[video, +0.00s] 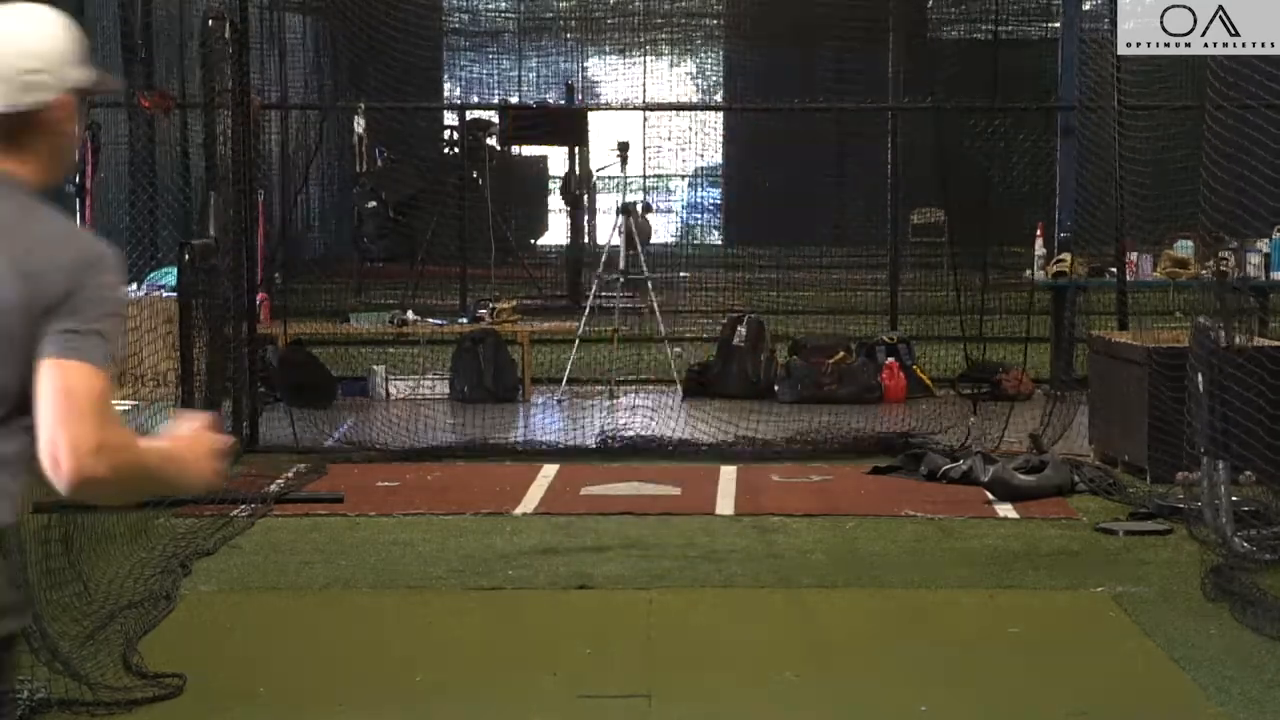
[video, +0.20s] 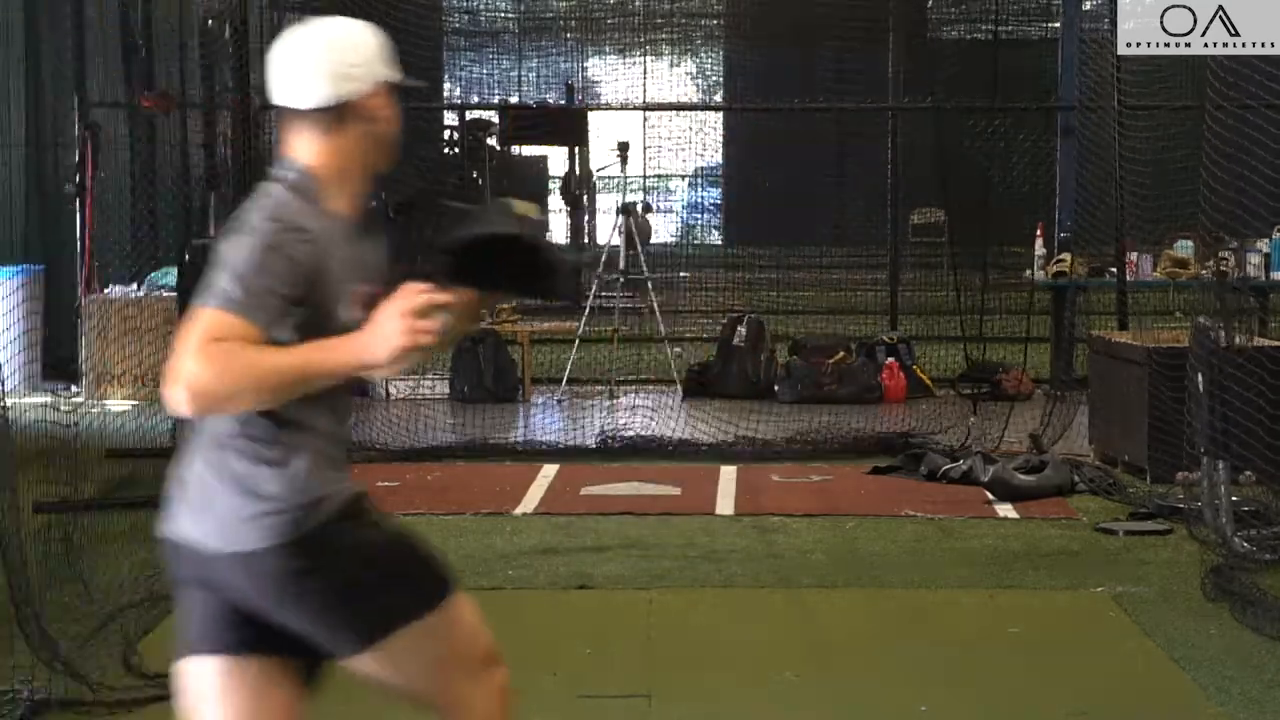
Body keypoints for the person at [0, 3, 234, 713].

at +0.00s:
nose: (81, 122)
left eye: (79, 102)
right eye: (78, 102)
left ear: (11, 110)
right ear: (54, 109)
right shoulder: (68, 258)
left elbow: (71, 455)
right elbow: (74, 458)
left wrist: (149, 453)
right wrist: (175, 459)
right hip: (5, 593)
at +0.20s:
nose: (398, 113)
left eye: (395, 96)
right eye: (392, 96)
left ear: (298, 109)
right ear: (367, 105)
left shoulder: (348, 225)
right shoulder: (275, 222)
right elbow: (194, 379)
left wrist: (445, 312)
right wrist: (362, 347)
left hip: (213, 531)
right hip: (286, 526)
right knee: (476, 682)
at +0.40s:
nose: (612, 191)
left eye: (607, 179)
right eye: (611, 181)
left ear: (526, 199)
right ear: (606, 191)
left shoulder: (560, 284)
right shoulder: (541, 298)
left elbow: (586, 392)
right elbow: (502, 438)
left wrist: (683, 335)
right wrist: (645, 417)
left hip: (536, 522)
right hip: (503, 548)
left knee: (679, 604)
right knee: (692, 683)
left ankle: (580, 711)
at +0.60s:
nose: (672, 155)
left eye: (667, 145)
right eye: (668, 145)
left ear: (596, 164)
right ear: (661, 158)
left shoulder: (642, 236)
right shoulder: (606, 263)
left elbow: (675, 278)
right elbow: (623, 394)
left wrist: (735, 228)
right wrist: (717, 328)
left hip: (647, 445)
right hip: (594, 460)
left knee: (755, 581)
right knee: (696, 599)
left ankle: (767, 716)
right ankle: (614, 715)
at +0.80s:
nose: (685, 140)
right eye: (685, 132)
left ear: (620, 137)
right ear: (682, 141)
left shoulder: (619, 187)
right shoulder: (635, 236)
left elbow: (678, 201)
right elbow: (622, 353)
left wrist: (740, 230)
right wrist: (712, 338)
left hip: (611, 382)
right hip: (567, 408)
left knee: (700, 499)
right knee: (670, 537)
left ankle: (707, 647)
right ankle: (594, 691)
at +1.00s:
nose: (687, 194)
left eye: (683, 186)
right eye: (681, 188)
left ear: (635, 192)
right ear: (665, 197)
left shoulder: (660, 228)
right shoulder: (589, 264)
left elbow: (716, 176)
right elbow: (504, 322)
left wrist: (784, 155)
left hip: (600, 405)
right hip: (565, 416)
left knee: (613, 494)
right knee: (664, 530)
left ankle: (595, 561)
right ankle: (586, 678)